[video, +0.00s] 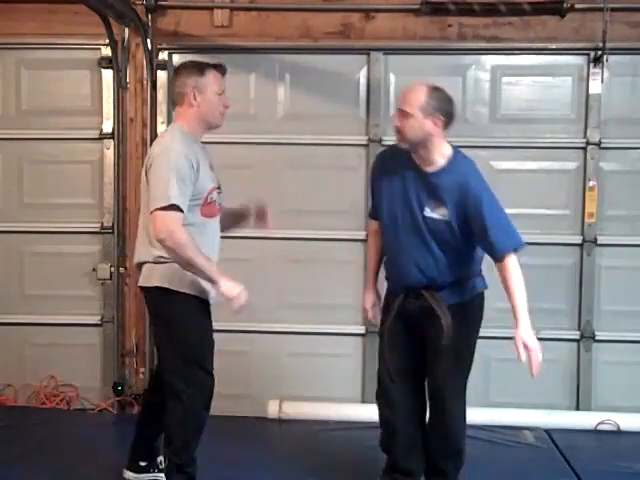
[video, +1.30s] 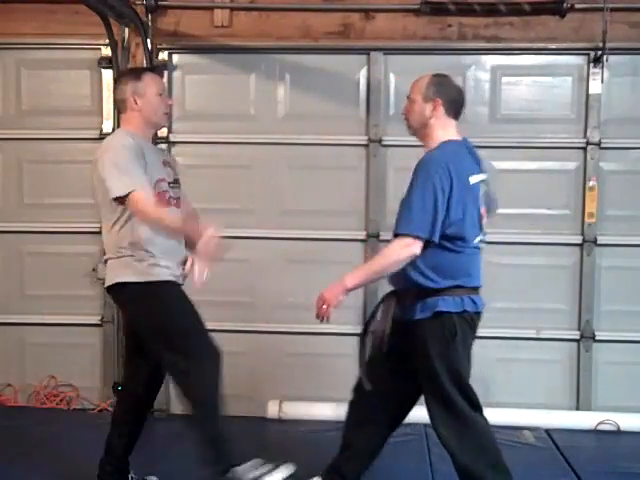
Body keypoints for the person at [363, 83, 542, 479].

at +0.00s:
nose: (395, 121)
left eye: (404, 115)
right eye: (397, 112)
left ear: (435, 125)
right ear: (424, 122)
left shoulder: (464, 179)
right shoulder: (388, 163)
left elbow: (505, 253)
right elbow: (377, 226)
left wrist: (523, 324)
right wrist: (370, 286)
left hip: (455, 302)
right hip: (401, 298)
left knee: (445, 397)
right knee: (395, 395)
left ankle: (442, 472)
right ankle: (401, 470)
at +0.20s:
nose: (372, 112)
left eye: (379, 105)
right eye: (373, 104)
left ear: (405, 110)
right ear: (399, 111)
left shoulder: (442, 164)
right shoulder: (383, 158)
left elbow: (470, 241)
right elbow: (374, 229)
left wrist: (467, 308)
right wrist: (357, 283)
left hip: (442, 297)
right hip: (399, 296)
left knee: (433, 390)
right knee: (384, 396)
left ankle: (461, 470)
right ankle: (399, 472)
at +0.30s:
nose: (372, 109)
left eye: (377, 102)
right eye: (373, 102)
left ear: (401, 106)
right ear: (401, 106)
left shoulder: (438, 163)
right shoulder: (389, 158)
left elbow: (449, 244)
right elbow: (379, 230)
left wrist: (423, 311)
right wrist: (357, 280)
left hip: (446, 290)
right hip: (406, 288)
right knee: (384, 388)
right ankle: (398, 472)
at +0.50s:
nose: (382, 105)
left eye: (387, 97)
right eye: (384, 96)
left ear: (410, 102)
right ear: (414, 104)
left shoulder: (436, 157)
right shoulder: (416, 155)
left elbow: (414, 242)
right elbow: (412, 238)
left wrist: (363, 299)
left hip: (449, 293)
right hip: (421, 293)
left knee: (454, 405)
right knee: (394, 403)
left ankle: (487, 476)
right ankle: (398, 474)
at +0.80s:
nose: (412, 106)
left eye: (418, 98)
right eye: (414, 98)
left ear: (443, 103)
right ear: (448, 105)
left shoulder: (443, 161)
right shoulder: (479, 151)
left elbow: (403, 235)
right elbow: (475, 226)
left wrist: (352, 265)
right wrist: (414, 239)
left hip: (461, 301)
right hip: (481, 295)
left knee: (473, 414)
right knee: (421, 402)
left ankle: (499, 479)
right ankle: (401, 475)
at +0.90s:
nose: (419, 108)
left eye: (425, 100)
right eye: (421, 99)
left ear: (451, 104)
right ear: (459, 106)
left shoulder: (442, 163)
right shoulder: (494, 152)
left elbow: (397, 231)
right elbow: (527, 217)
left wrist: (341, 265)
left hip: (460, 302)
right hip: (490, 298)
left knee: (470, 413)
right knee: (420, 401)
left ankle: (498, 478)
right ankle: (401, 475)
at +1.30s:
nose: (404, 109)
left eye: (410, 101)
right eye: (406, 100)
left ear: (435, 108)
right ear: (442, 110)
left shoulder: (435, 163)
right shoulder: (466, 156)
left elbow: (409, 245)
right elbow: (482, 216)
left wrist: (343, 286)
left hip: (440, 307)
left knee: (455, 416)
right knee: (375, 404)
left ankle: (494, 476)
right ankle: (339, 474)